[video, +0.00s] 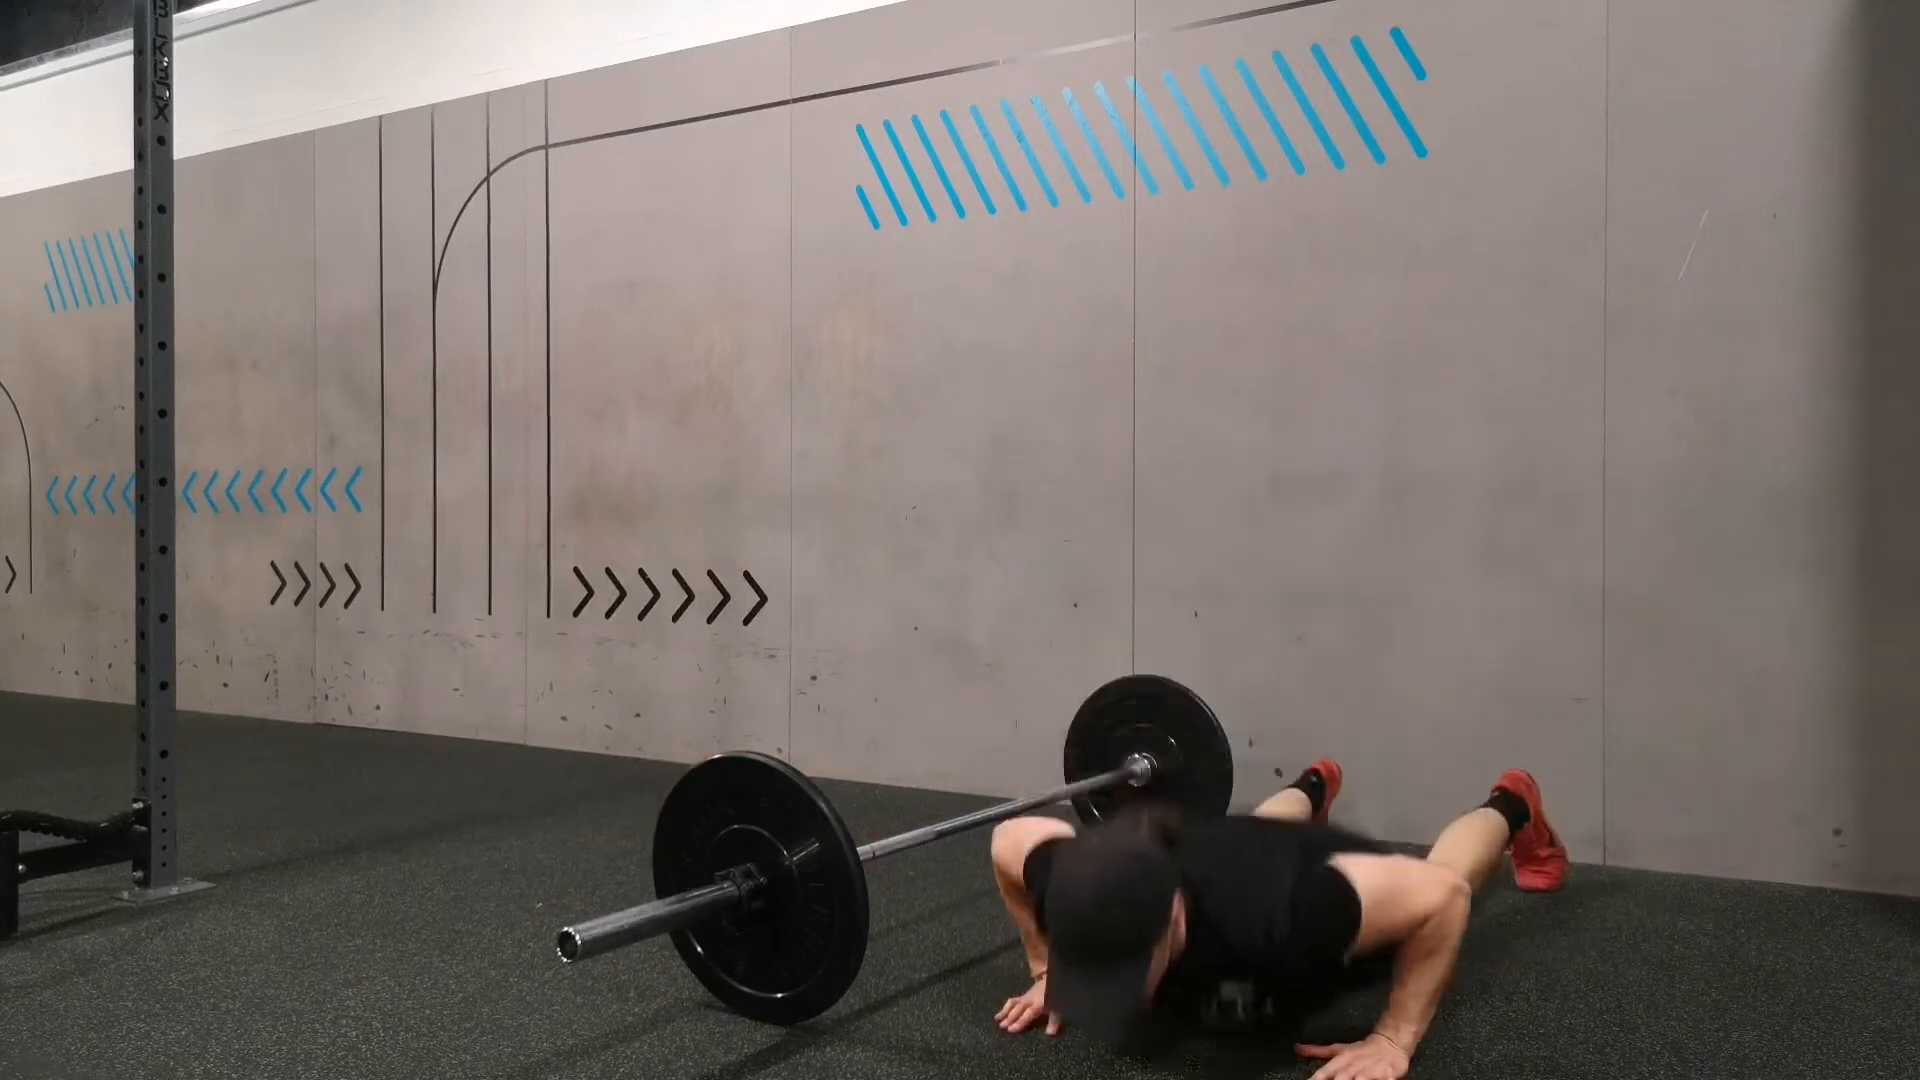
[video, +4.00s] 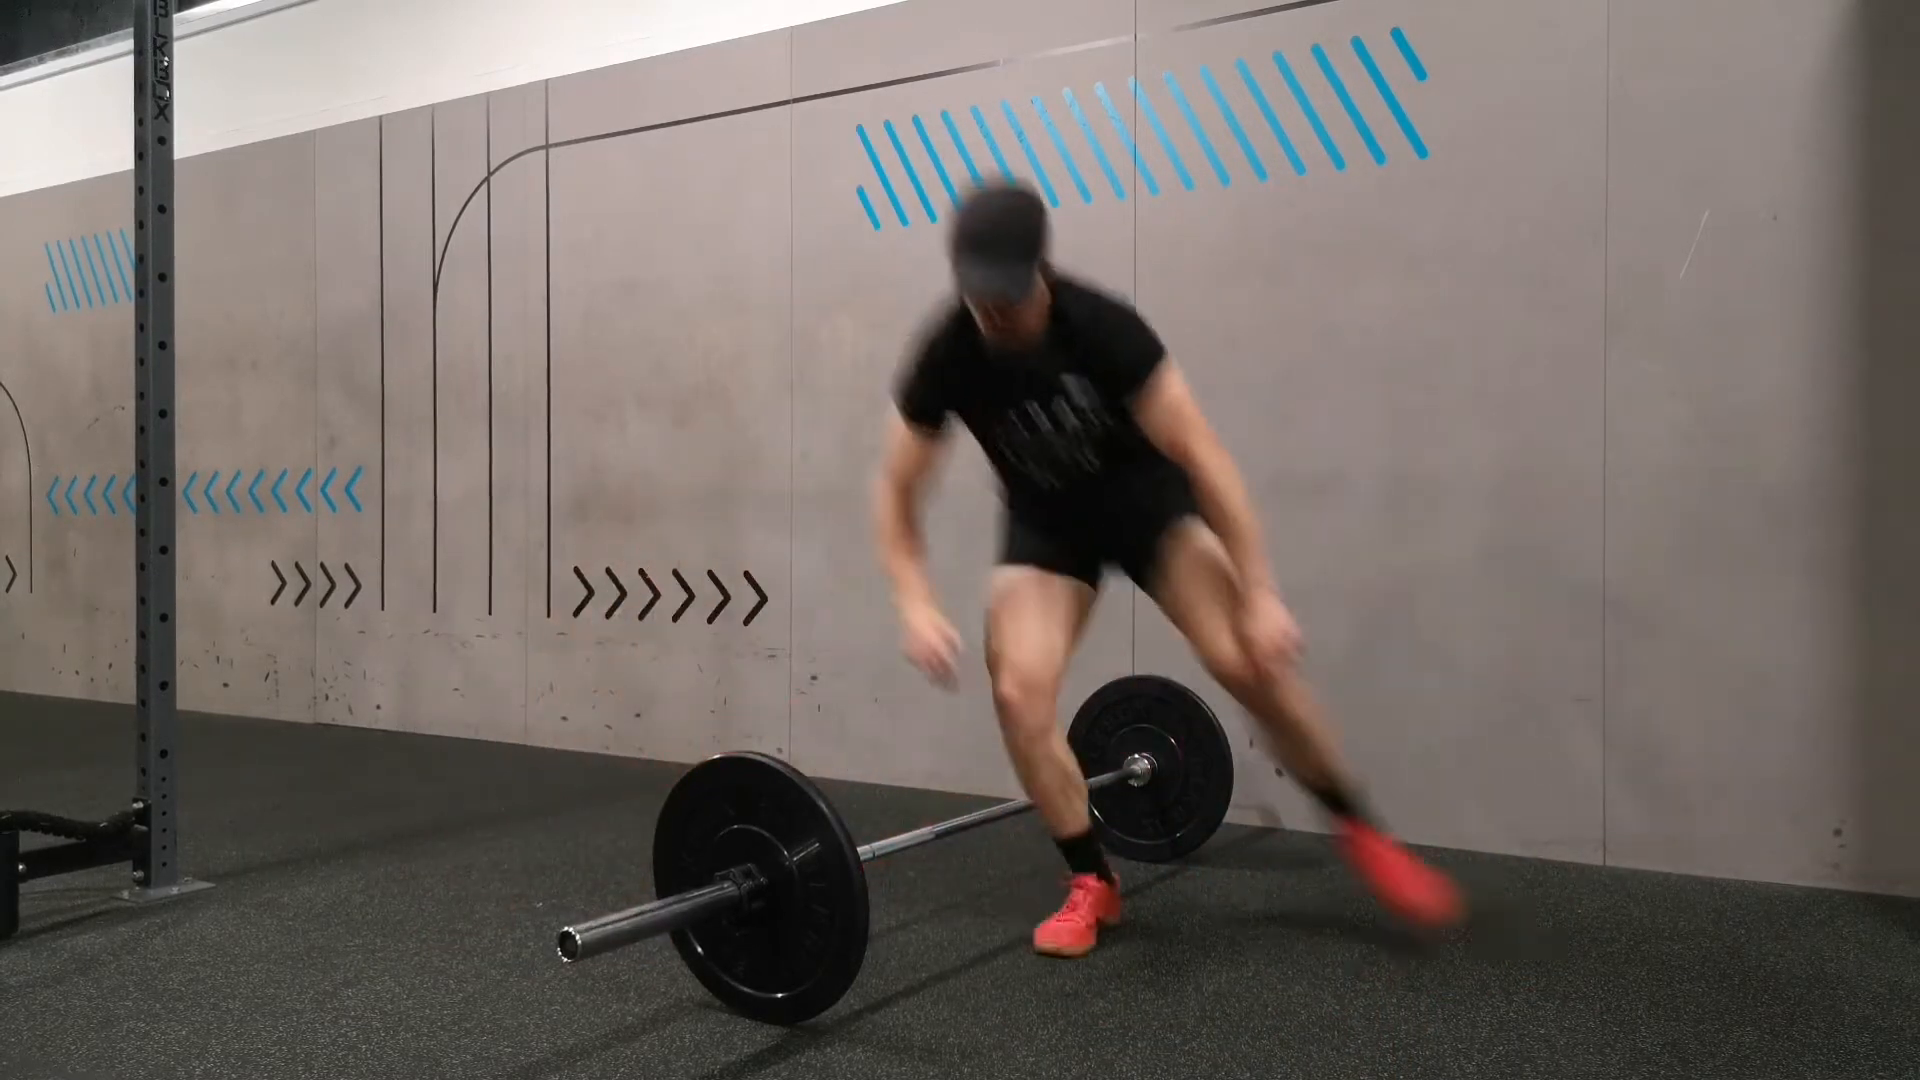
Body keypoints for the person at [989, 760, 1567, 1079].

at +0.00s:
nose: (1127, 987)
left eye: (1137, 969)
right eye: (1104, 975)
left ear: (1175, 919)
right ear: (1069, 920)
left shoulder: (1288, 905)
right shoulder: (1063, 884)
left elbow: (1443, 897)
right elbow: (1009, 842)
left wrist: (1395, 1040)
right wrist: (1042, 968)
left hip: (1331, 867)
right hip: (1200, 856)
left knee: (1451, 873)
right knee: (1253, 829)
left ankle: (1510, 803)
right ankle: (1312, 789)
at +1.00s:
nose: (944, 442)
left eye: (947, 421)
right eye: (934, 430)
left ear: (989, 387)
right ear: (937, 426)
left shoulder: (1099, 408)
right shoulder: (973, 474)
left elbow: (1235, 507)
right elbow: (991, 610)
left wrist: (1342, 614)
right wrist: (1019, 728)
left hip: (1232, 544)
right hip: (1135, 569)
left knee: (1282, 719)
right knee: (1048, 709)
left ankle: (1451, 899)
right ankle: (1159, 874)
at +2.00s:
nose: (532, 720)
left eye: (534, 706)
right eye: (519, 716)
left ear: (556, 665)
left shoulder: (632, 640)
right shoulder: (517, 635)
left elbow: (682, 784)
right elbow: (499, 766)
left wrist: (674, 911)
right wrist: (478, 887)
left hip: (770, 512)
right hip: (687, 507)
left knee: (826, 721)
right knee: (679, 701)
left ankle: (925, 712)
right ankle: (765, 705)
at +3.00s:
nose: (491, 713)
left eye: (493, 694)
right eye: (479, 702)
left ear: (525, 650)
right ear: (461, 671)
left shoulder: (606, 644)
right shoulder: (486, 651)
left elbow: (656, 780)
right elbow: (474, 772)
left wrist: (665, 910)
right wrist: (476, 886)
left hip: (738, 572)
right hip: (665, 594)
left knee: (837, 726)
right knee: (677, 728)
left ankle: (942, 739)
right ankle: (775, 732)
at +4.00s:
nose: (998, 315)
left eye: (1012, 297)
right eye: (982, 300)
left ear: (1043, 271)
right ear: (959, 282)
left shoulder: (1101, 326)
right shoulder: (944, 357)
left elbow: (1201, 452)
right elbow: (896, 490)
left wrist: (1259, 590)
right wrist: (915, 604)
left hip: (1149, 504)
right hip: (1044, 525)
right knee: (1018, 689)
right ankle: (1092, 882)